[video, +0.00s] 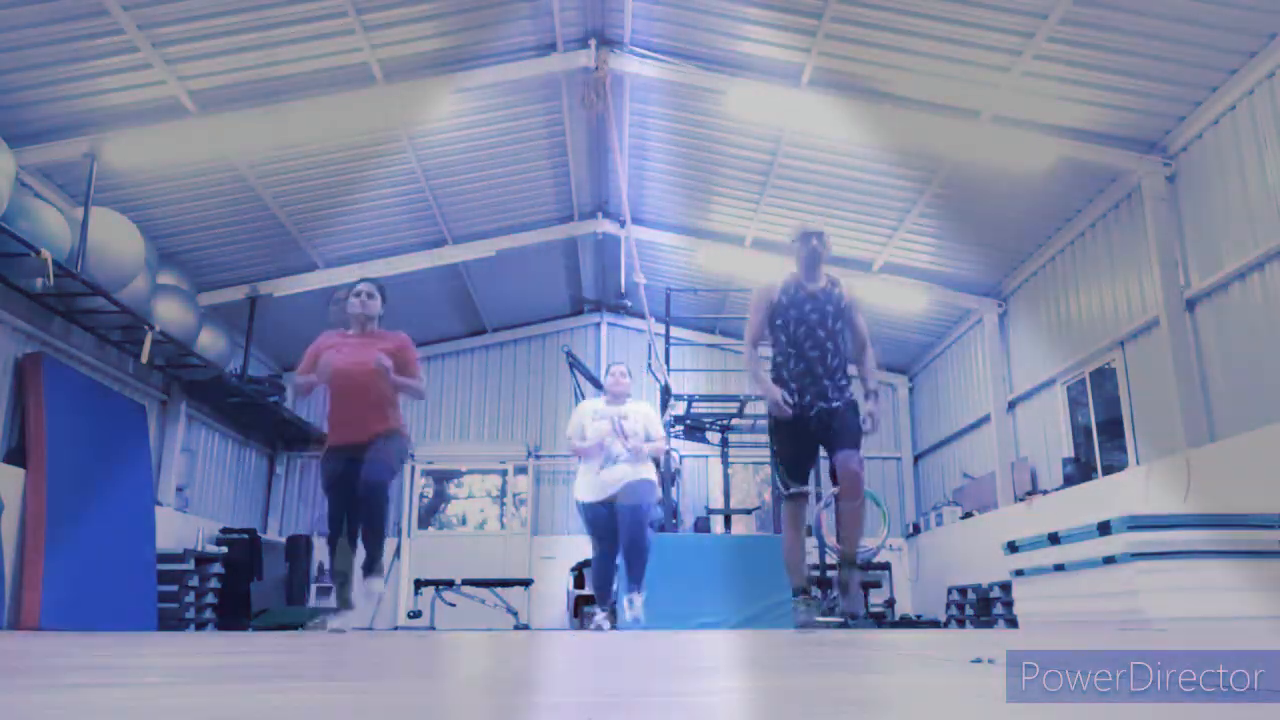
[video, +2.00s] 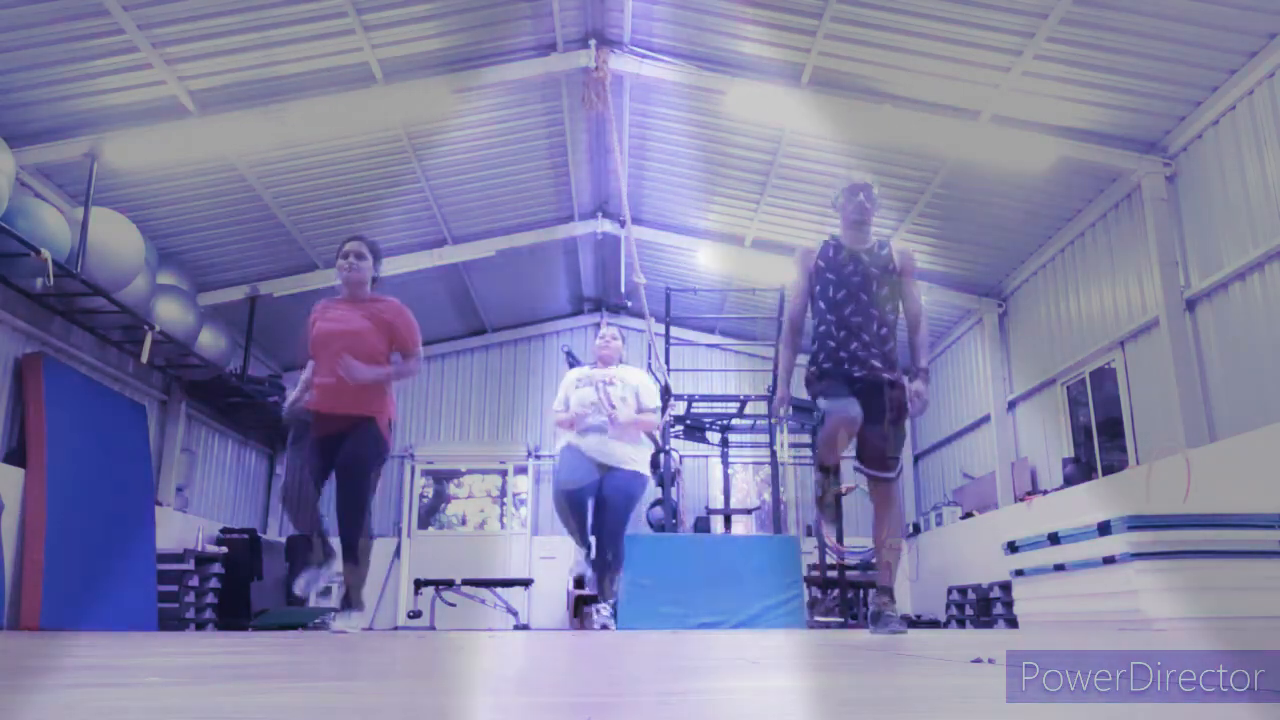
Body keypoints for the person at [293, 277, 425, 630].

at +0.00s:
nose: (362, 300)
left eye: (370, 296)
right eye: (356, 295)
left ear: (381, 306)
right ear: (346, 305)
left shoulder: (397, 341)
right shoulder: (327, 341)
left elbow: (420, 389)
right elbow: (296, 385)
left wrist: (391, 377)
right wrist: (316, 378)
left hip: (385, 436)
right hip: (341, 441)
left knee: (372, 482)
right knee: (339, 517)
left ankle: (373, 569)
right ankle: (343, 604)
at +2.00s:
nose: (350, 262)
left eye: (359, 257)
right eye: (345, 256)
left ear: (374, 268)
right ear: (336, 266)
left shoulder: (390, 310)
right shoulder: (321, 309)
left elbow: (413, 364)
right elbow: (314, 362)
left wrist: (372, 372)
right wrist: (298, 392)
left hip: (366, 420)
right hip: (320, 418)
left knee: (352, 510)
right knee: (295, 489)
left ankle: (352, 605)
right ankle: (320, 561)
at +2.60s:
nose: (317, 250)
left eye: (326, 244)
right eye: (311, 244)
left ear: (341, 256)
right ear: (301, 255)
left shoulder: (361, 303)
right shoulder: (281, 308)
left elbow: (388, 363)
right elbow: (262, 366)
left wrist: (383, 419)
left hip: (347, 427)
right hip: (294, 431)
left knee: (341, 501)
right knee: (291, 527)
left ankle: (349, 559)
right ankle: (298, 612)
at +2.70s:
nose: (320, 233)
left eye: (328, 227)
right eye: (312, 227)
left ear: (342, 238)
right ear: (301, 237)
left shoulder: (363, 287)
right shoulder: (280, 283)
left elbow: (389, 348)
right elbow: (254, 343)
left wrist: (390, 398)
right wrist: (268, 312)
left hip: (344, 392)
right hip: (294, 401)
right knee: (292, 509)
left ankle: (339, 531)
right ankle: (296, 606)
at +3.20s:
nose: (321, 216)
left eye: (331, 212)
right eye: (314, 210)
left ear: (346, 228)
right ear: (302, 223)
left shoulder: (361, 276)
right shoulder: (275, 271)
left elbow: (385, 338)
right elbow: (249, 329)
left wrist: (377, 371)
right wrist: (274, 335)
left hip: (337, 386)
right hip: (281, 389)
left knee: (311, 467)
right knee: (281, 485)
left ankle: (301, 586)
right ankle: (302, 581)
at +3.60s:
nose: (317, 208)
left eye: (328, 202)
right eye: (310, 201)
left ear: (346, 217)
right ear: (301, 213)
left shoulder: (363, 265)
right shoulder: (282, 265)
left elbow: (396, 326)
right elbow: (268, 327)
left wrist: (355, 340)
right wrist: (244, 365)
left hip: (339, 396)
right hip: (286, 392)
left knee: (322, 491)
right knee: (253, 440)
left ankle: (308, 603)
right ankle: (276, 535)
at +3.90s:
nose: (300, 203)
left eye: (312, 198)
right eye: (294, 197)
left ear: (333, 215)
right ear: (285, 210)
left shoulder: (350, 263)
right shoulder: (265, 261)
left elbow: (380, 328)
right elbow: (262, 323)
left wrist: (344, 342)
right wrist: (234, 352)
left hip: (331, 397)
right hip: (270, 389)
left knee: (335, 499)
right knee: (243, 461)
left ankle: (343, 605)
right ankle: (241, 573)